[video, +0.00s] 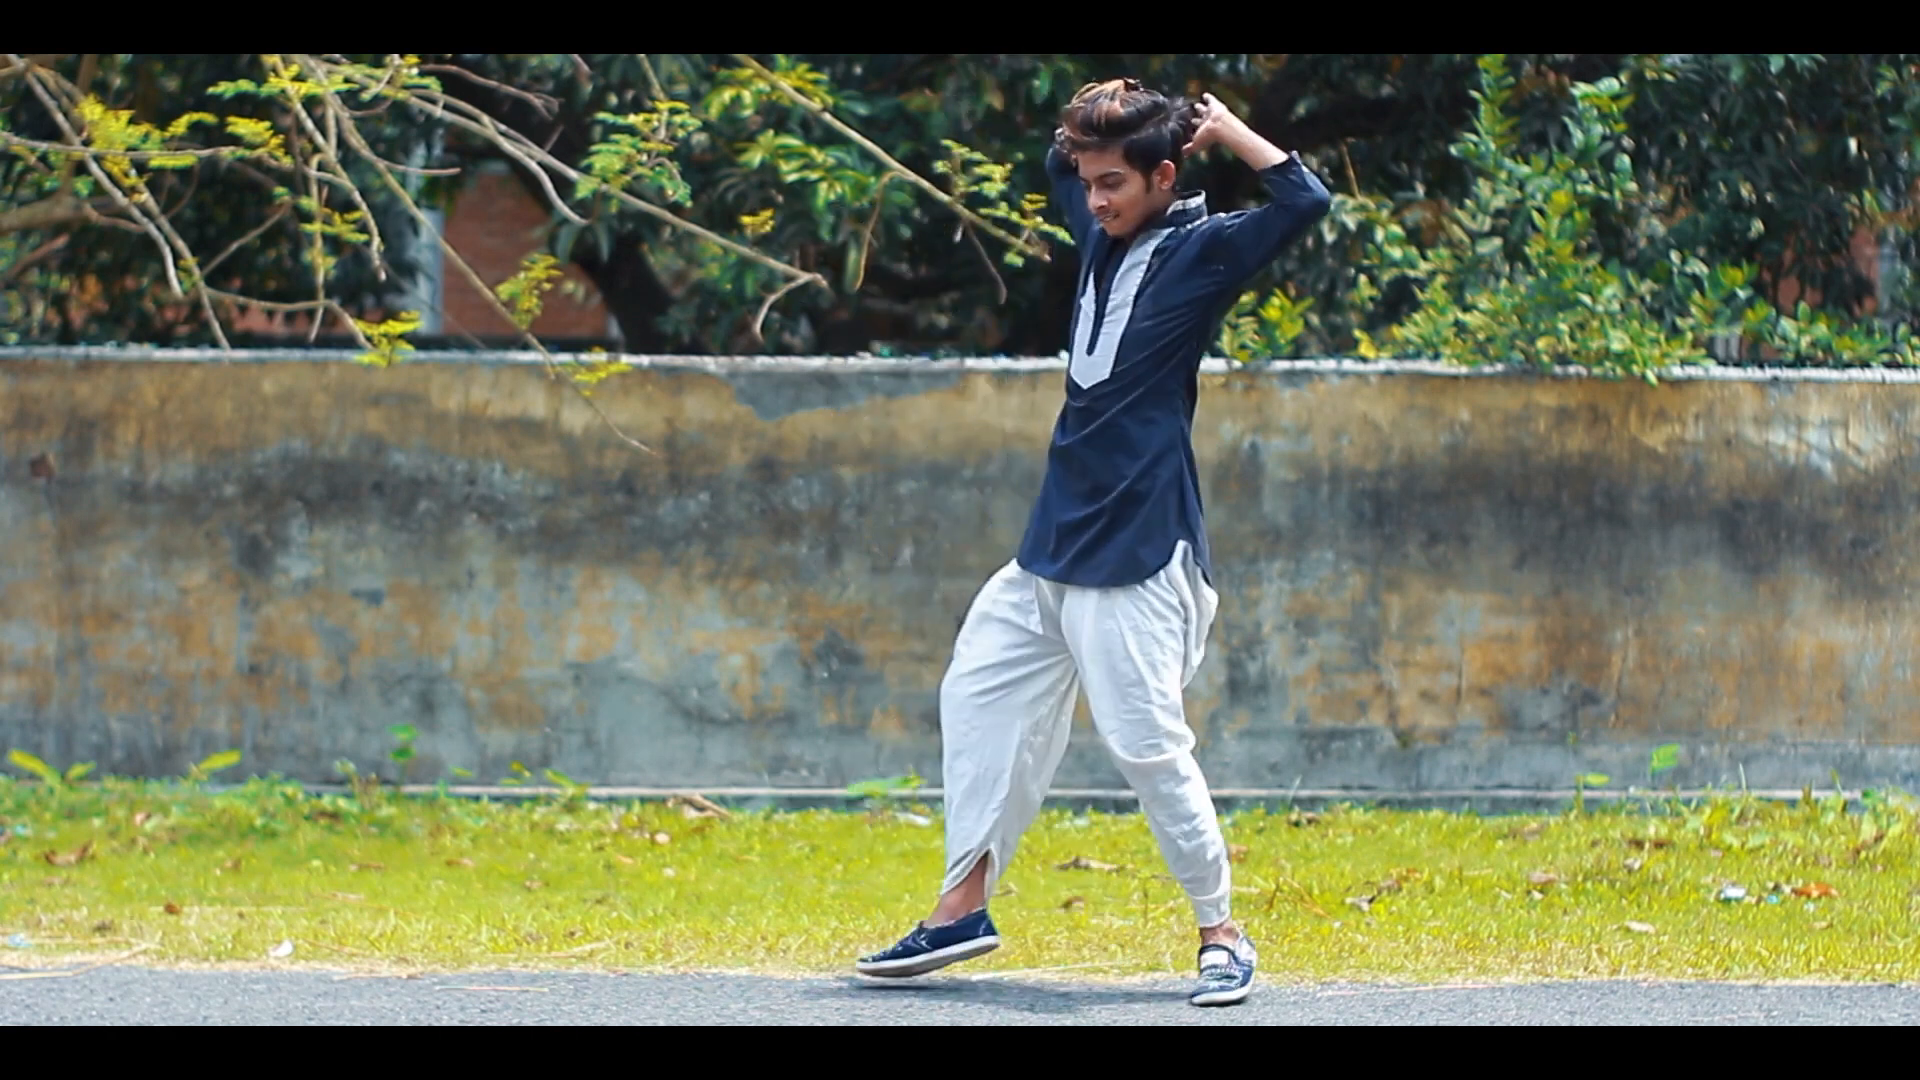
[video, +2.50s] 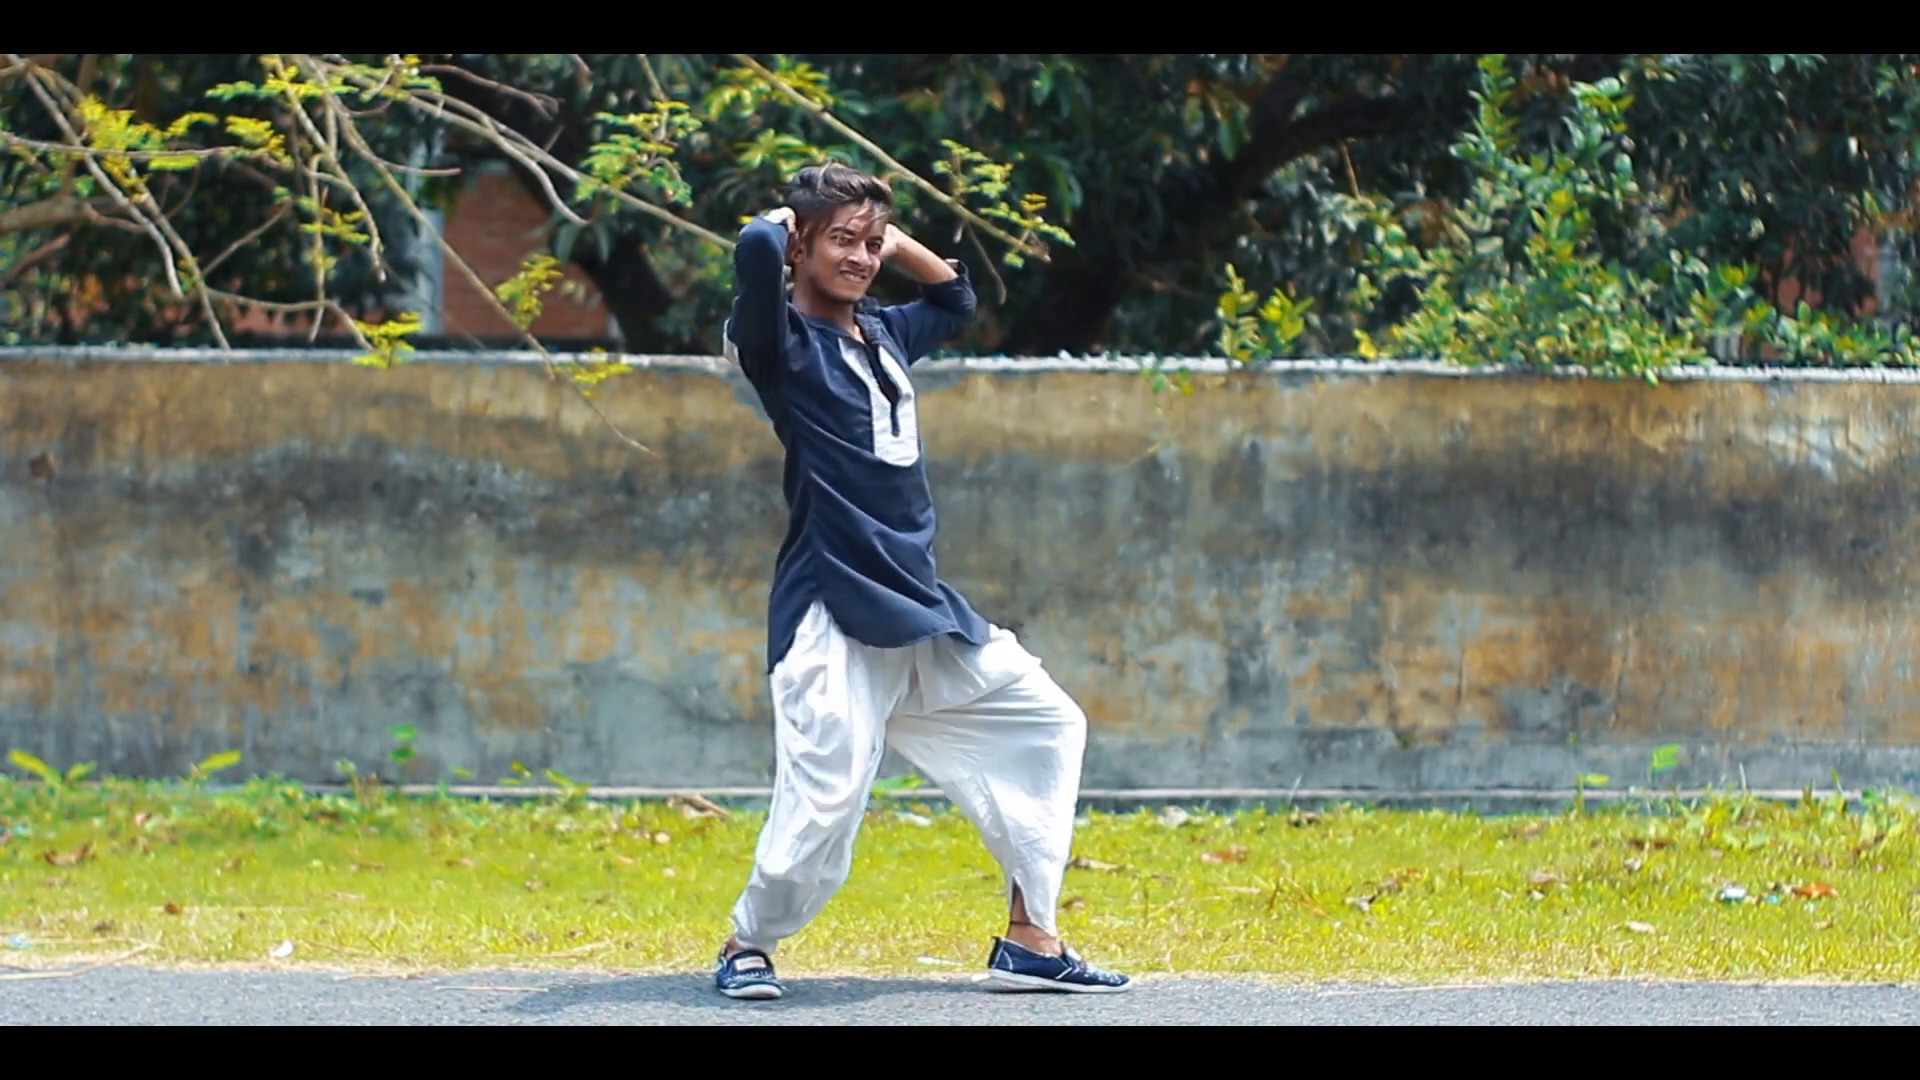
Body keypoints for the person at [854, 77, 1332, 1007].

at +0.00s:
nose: (1095, 199)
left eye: (1112, 182)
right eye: (1085, 183)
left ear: (1163, 175)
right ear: (1083, 180)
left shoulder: (1201, 247)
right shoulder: (1100, 240)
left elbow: (1301, 199)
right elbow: (1062, 178)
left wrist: (1233, 134)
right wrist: (1083, 118)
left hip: (1137, 544)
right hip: (1057, 536)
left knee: (1149, 747)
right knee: (974, 700)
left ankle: (1220, 936)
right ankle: (961, 913)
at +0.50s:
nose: (1158, 231)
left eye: (1173, 214)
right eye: (1150, 214)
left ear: (1222, 207)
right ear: (1150, 210)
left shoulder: (1262, 289)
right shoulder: (1154, 272)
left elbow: (1286, 298)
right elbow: (1050, 230)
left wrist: (1245, 216)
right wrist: (1134, 185)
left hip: (1171, 552)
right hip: (1085, 527)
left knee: (1157, 766)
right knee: (969, 702)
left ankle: (1205, 946)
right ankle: (948, 915)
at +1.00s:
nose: (1156, 225)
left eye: (1175, 213)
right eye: (1141, 212)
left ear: (1203, 237)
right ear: (1117, 232)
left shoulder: (1235, 348)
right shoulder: (1076, 336)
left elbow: (1304, 464)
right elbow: (1021, 450)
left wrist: (1415, 410)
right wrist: (915, 401)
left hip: (1167, 611)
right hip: (1058, 599)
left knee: (1192, 788)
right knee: (948, 758)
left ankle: (1226, 965)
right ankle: (935, 944)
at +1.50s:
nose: (1021, 222)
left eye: (1039, 208)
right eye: (1004, 206)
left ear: (1057, 225)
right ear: (971, 216)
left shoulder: (1073, 324)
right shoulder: (930, 314)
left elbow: (1081, 461)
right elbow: (967, 427)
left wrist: (1097, 402)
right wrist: (1039, 331)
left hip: (1028, 574)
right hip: (936, 570)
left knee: (1031, 764)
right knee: (946, 772)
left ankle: (912, 943)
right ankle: (1009, 924)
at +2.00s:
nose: (913, 280)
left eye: (925, 265)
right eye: (899, 260)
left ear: (930, 264)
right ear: (851, 254)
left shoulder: (892, 332)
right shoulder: (823, 344)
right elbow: (811, 262)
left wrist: (846, 208)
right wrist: (826, 222)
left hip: (907, 604)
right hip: (824, 597)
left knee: (1027, 723)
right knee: (805, 787)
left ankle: (1026, 930)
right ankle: (748, 949)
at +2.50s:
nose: (863, 255)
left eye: (873, 240)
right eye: (845, 238)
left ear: (878, 250)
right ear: (797, 249)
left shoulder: (885, 327)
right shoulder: (777, 340)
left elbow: (955, 293)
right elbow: (757, 243)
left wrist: (878, 229)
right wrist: (787, 224)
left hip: (922, 599)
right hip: (833, 599)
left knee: (1054, 724)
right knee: (826, 792)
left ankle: (1031, 936)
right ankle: (748, 948)